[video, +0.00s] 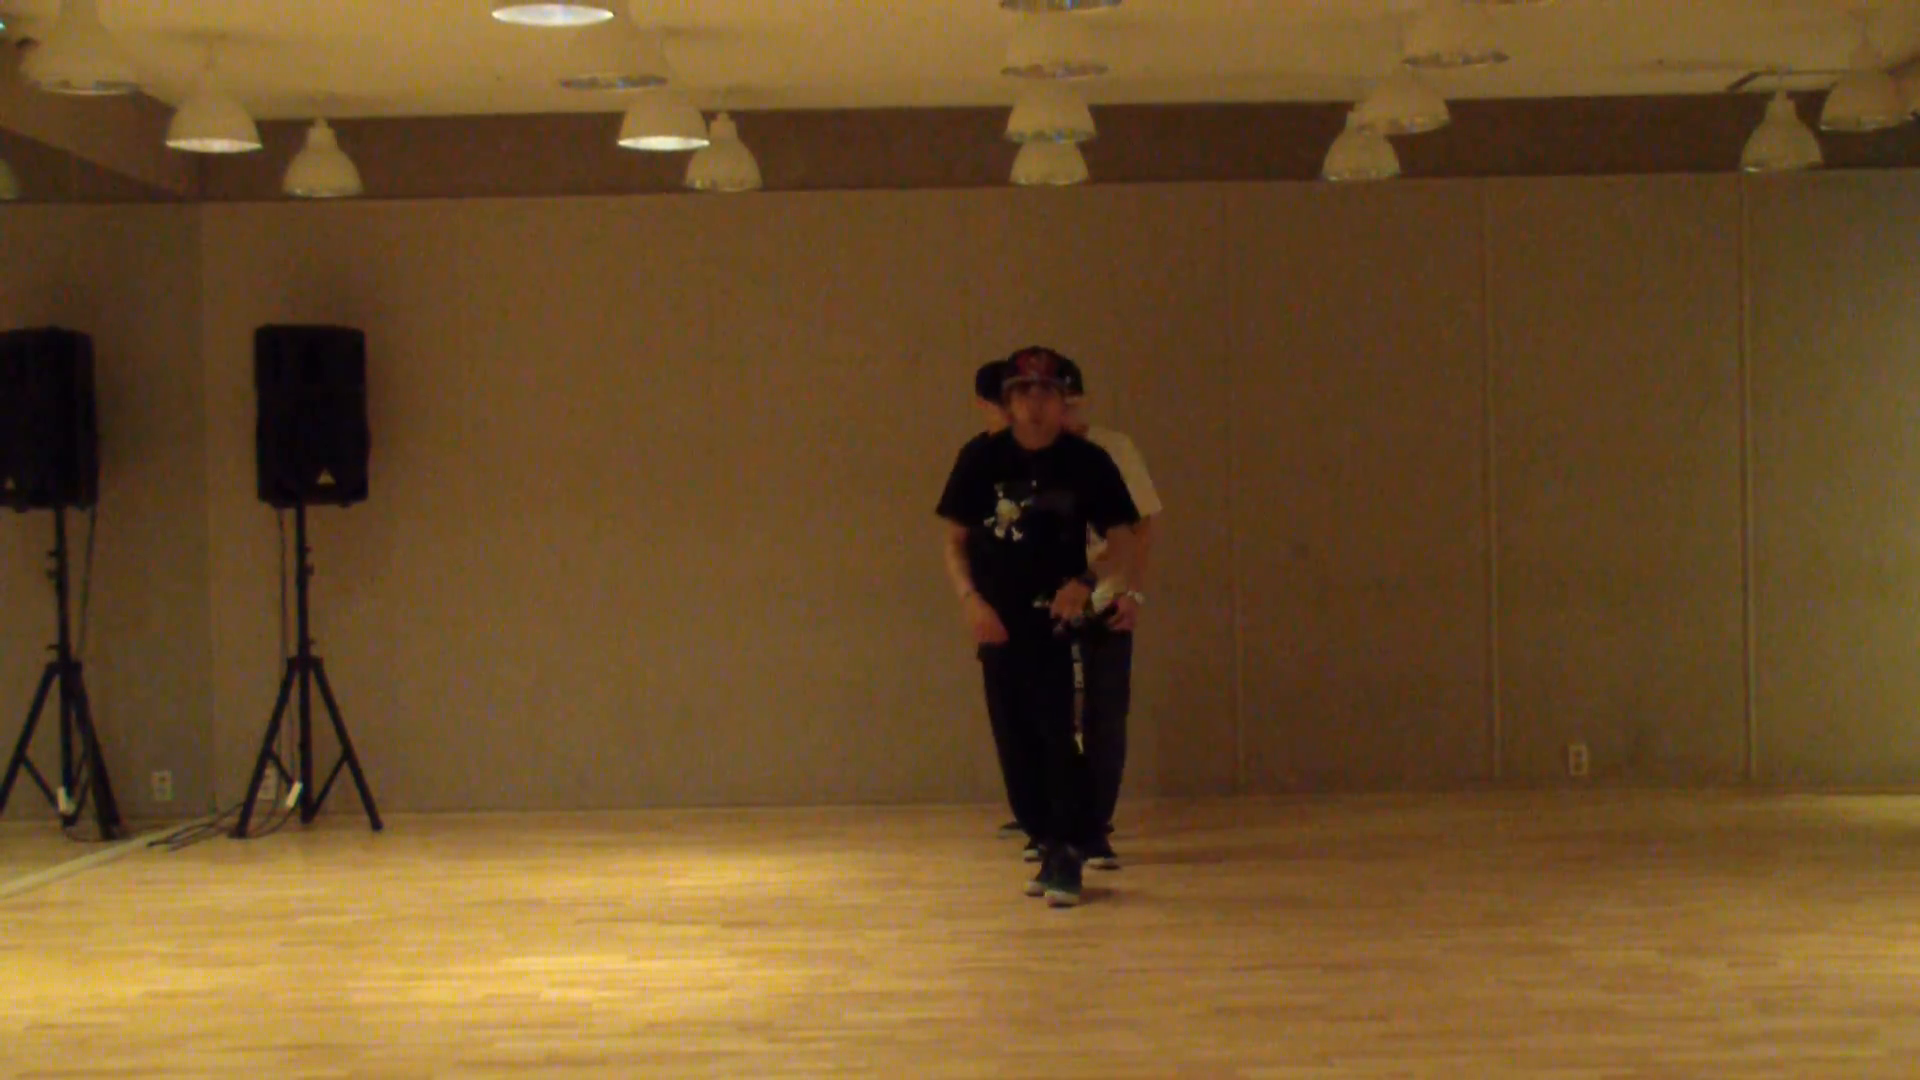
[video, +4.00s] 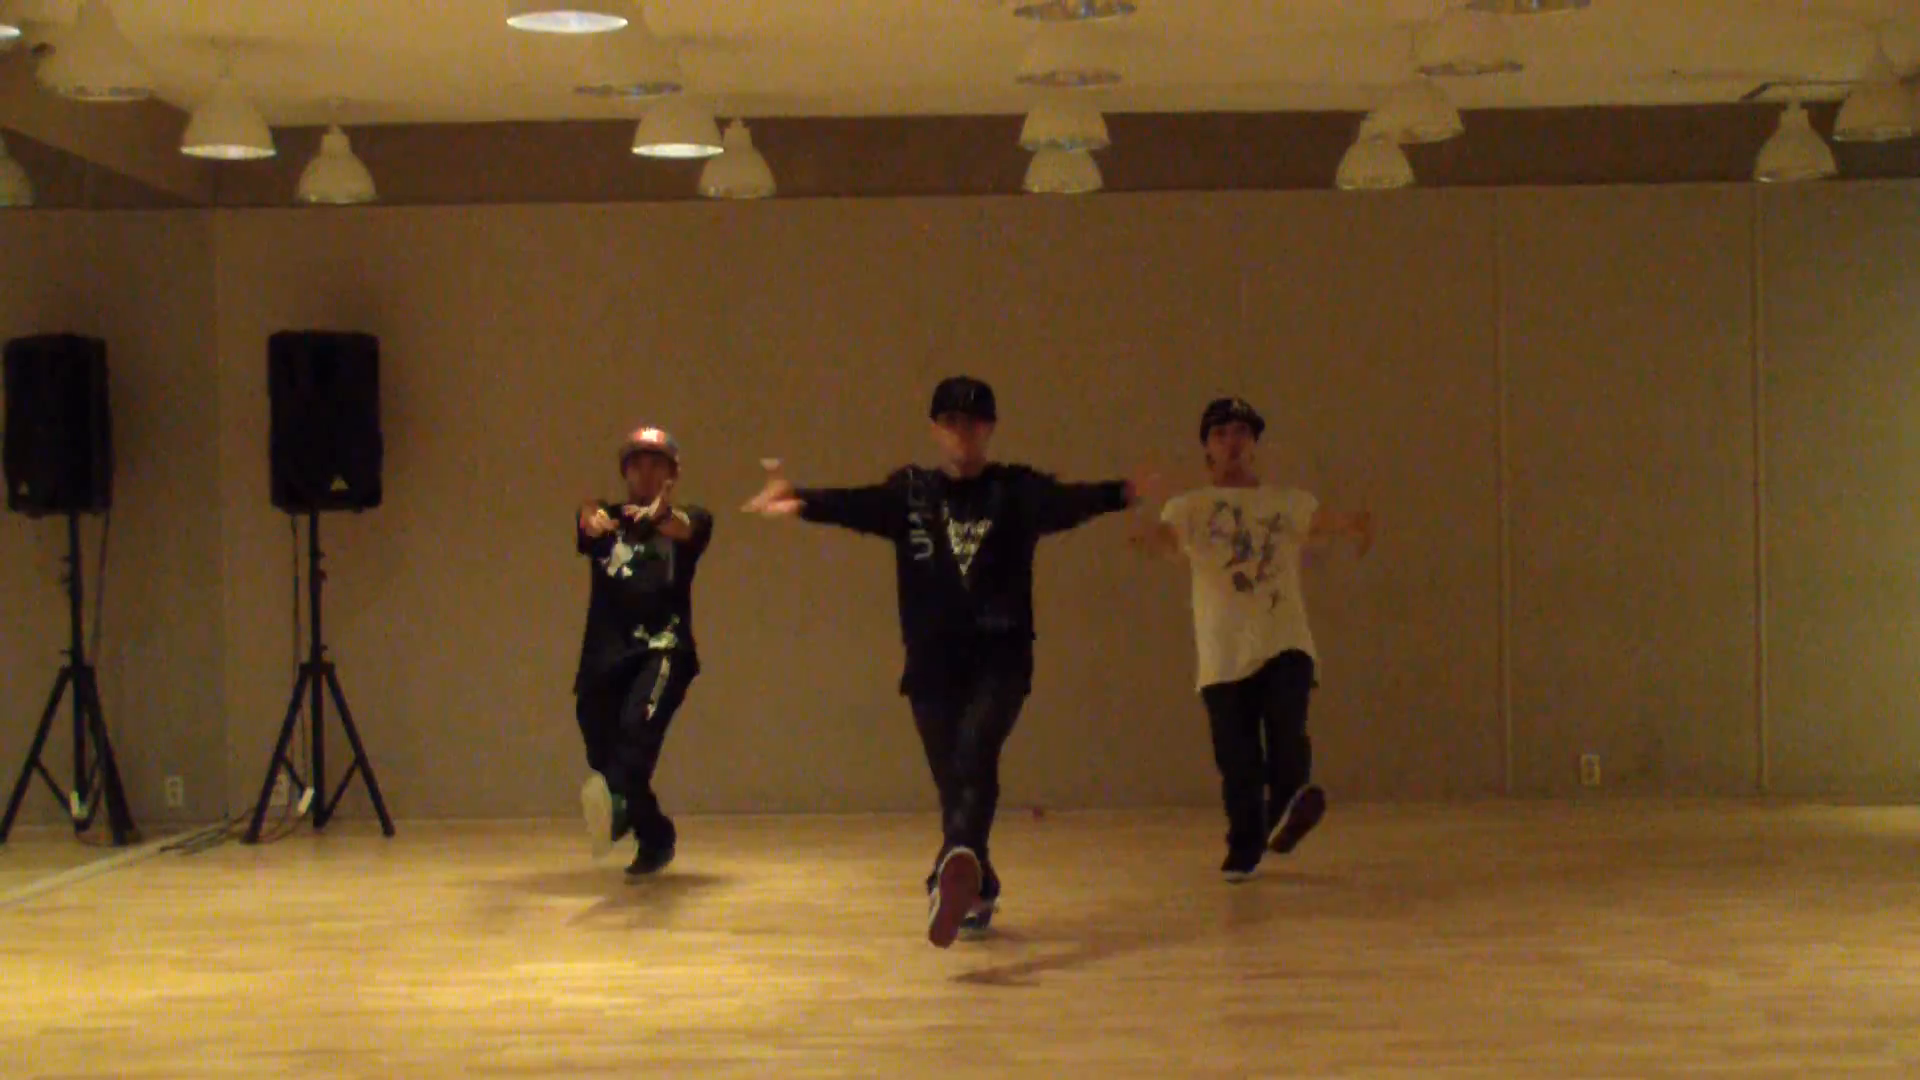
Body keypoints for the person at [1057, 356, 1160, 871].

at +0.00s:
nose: (1065, 412)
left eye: (1071, 401)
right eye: (1055, 403)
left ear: (1083, 403)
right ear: (1040, 406)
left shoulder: (1114, 449)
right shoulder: (1029, 460)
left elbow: (1143, 522)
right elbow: (1015, 534)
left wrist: (1129, 588)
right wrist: (1030, 585)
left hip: (1106, 602)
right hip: (1048, 603)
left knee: (1105, 719)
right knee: (1049, 718)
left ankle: (1096, 827)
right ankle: (1053, 825)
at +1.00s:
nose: (1212, 409)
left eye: (1218, 399)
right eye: (1212, 399)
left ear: (1244, 398)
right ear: (1241, 400)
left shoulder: (1292, 453)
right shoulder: (1237, 452)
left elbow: (1313, 545)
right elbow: (1243, 527)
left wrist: (1276, 612)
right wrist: (1226, 591)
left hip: (1269, 617)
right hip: (1223, 611)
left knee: (1277, 723)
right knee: (1213, 717)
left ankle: (1297, 832)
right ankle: (1204, 822)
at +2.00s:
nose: (1217, 406)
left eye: (1226, 395)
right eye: (1208, 399)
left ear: (1245, 399)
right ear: (1199, 405)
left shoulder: (1289, 448)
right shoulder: (1196, 470)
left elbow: (1327, 511)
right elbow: (1195, 553)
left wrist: (1324, 577)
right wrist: (1200, 625)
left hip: (1296, 596)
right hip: (1238, 609)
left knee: (1302, 692)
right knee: (1248, 720)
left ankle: (1305, 783)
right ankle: (1264, 822)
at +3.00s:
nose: (1251, 401)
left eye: (1261, 393)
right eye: (1242, 393)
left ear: (1277, 401)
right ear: (1227, 400)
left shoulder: (1302, 462)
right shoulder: (1204, 463)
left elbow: (1339, 530)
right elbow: (1178, 531)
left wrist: (1335, 596)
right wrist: (1188, 588)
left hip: (1282, 617)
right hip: (1222, 615)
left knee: (1271, 726)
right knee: (1220, 718)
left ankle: (1264, 831)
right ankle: (1230, 784)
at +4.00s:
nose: (1233, 443)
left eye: (1242, 434)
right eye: (1222, 434)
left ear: (1256, 443)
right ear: (1205, 447)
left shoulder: (1286, 502)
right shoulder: (1191, 507)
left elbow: (1321, 525)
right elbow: (1169, 538)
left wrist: (1355, 526)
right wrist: (1148, 539)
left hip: (1283, 641)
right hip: (1223, 651)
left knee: (1287, 727)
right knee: (1237, 758)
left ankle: (1287, 811)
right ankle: (1244, 849)